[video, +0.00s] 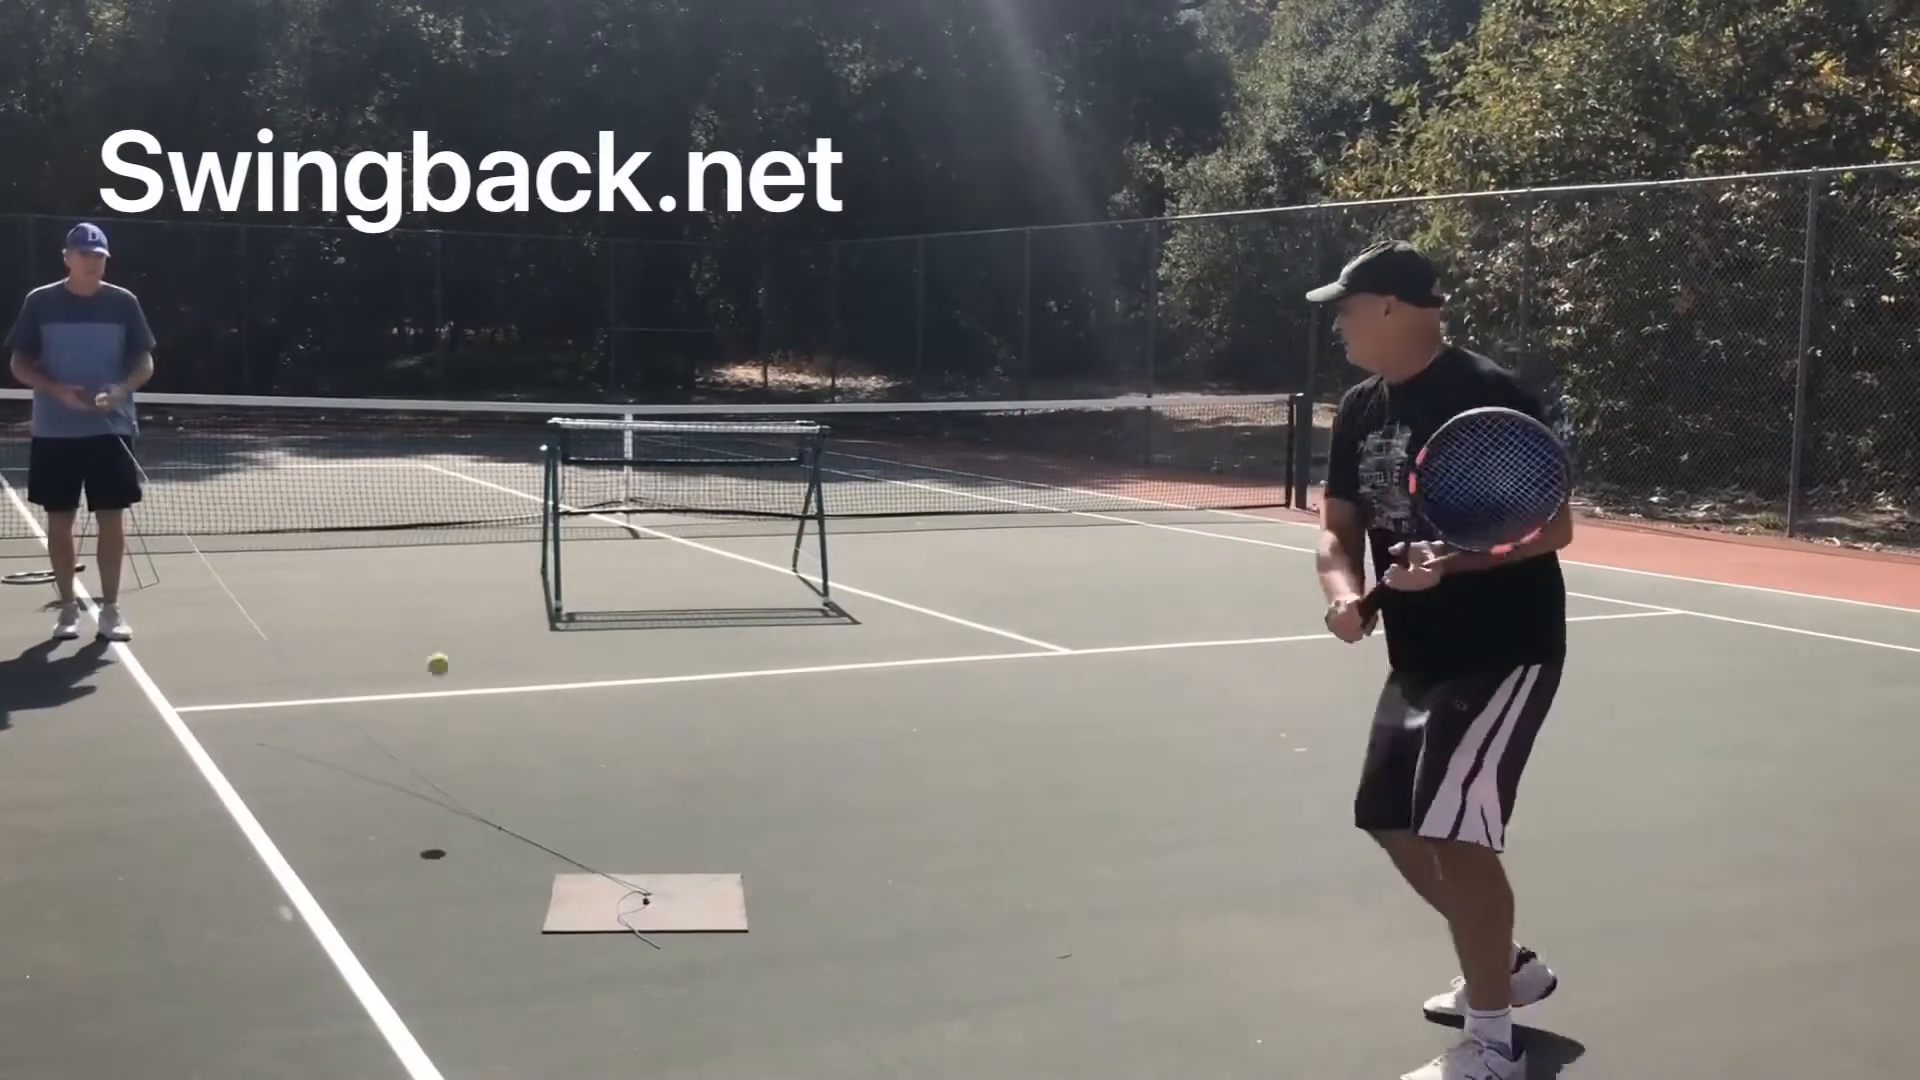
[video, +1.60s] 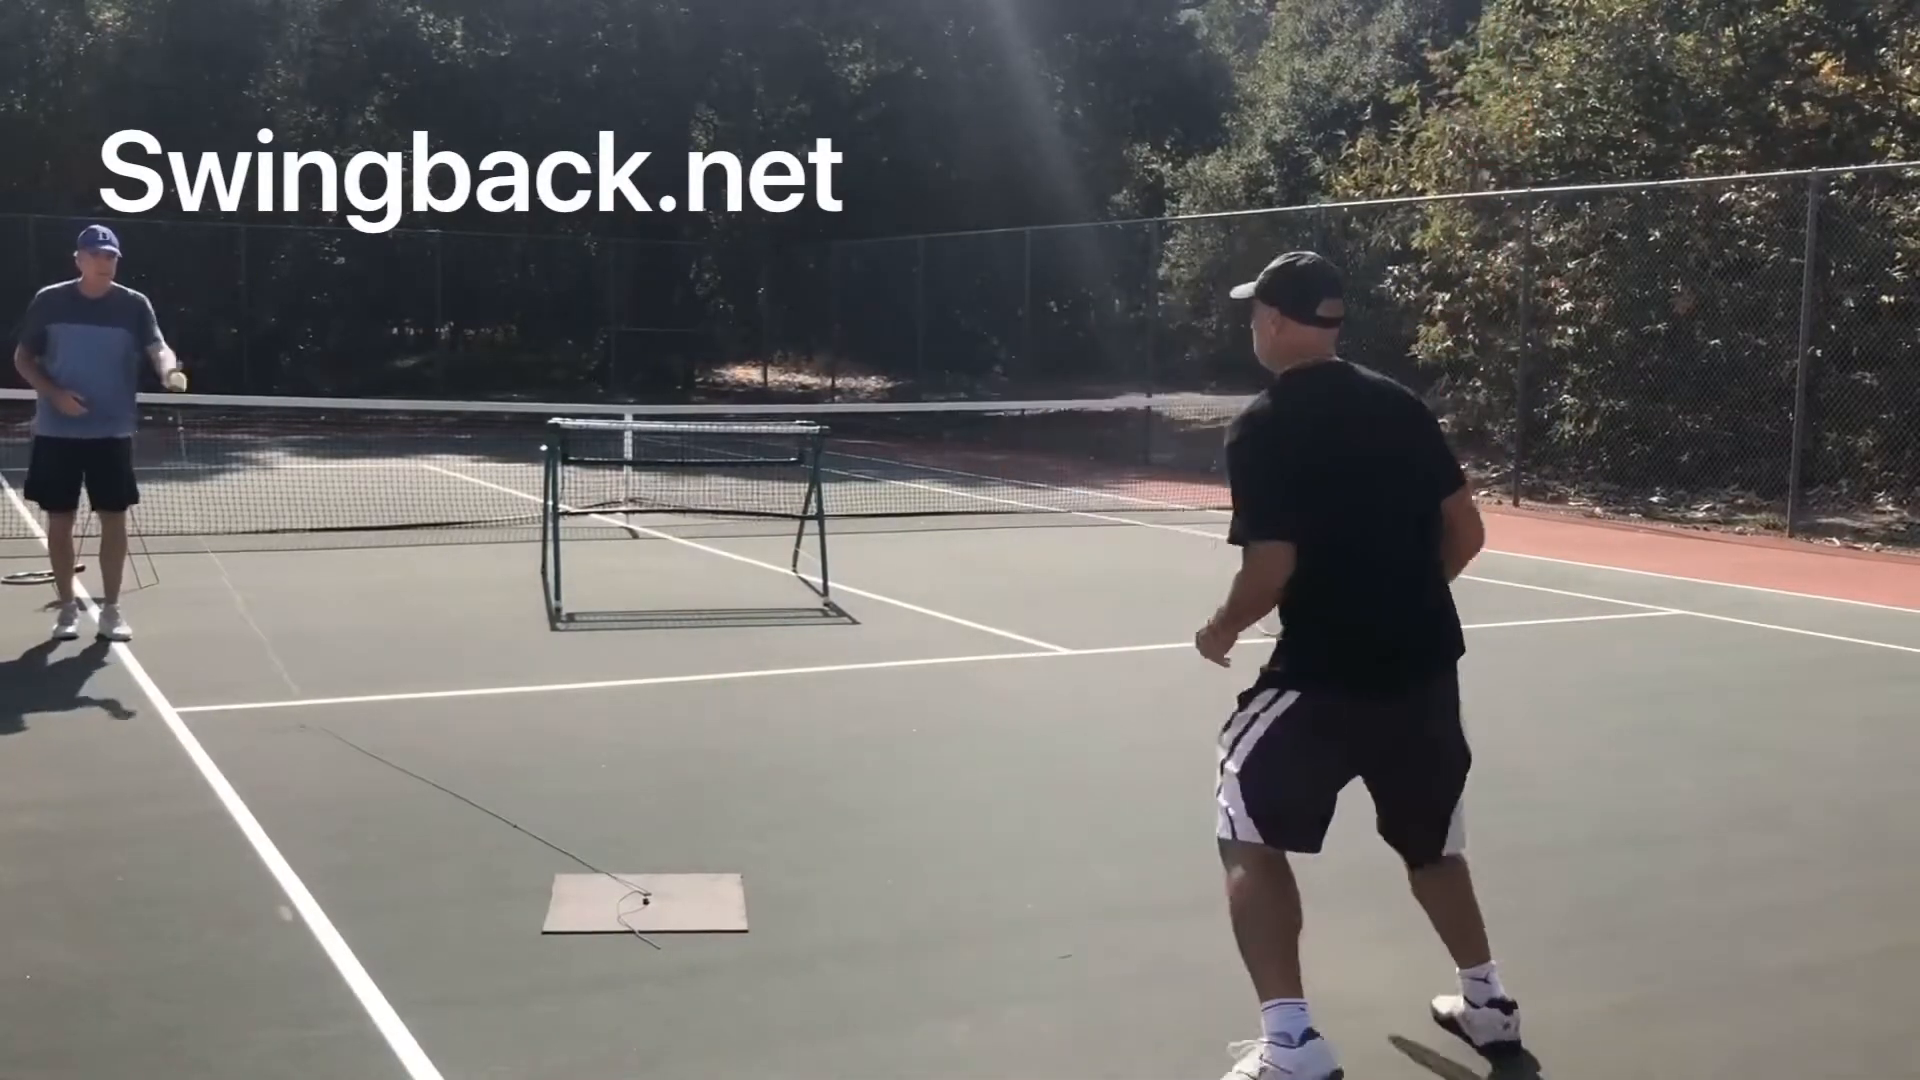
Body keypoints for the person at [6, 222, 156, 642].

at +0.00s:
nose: (91, 264)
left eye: (98, 257)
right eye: (84, 256)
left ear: (106, 260)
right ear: (67, 256)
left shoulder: (124, 302)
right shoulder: (40, 301)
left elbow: (145, 363)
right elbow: (19, 364)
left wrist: (121, 389)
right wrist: (58, 390)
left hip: (109, 433)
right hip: (55, 436)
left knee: (111, 519)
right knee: (60, 520)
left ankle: (111, 609)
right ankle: (69, 606)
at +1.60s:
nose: (103, 263)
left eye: (109, 256)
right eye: (95, 256)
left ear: (117, 260)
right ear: (79, 258)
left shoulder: (135, 304)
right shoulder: (49, 301)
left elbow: (158, 348)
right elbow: (23, 357)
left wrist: (169, 369)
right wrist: (54, 393)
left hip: (112, 435)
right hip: (58, 435)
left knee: (114, 520)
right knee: (60, 520)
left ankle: (110, 609)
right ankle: (68, 607)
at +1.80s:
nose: (108, 248)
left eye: (115, 241)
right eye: (101, 240)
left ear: (123, 249)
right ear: (84, 247)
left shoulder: (135, 288)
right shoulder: (55, 292)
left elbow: (154, 305)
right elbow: (29, 351)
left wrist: (168, 304)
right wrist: (55, 384)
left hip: (113, 423)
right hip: (60, 424)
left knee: (115, 513)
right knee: (60, 513)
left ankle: (113, 608)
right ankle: (65, 605)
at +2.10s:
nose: (108, 256)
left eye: (114, 249)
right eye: (101, 248)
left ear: (122, 256)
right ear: (83, 253)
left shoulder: (134, 297)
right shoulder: (52, 296)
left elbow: (149, 332)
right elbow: (24, 353)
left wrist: (132, 339)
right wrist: (47, 387)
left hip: (112, 430)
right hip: (56, 429)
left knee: (115, 519)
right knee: (48, 516)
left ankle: (112, 610)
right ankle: (34, 608)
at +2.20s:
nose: (103, 260)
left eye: (109, 253)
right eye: (96, 252)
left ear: (115, 258)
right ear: (76, 255)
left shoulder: (130, 301)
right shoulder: (45, 297)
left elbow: (144, 346)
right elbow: (18, 354)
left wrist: (134, 370)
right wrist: (42, 389)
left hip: (107, 432)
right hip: (51, 431)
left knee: (113, 519)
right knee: (40, 517)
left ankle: (112, 609)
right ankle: (19, 609)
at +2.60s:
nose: (60, 266)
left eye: (64, 260)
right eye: (52, 258)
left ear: (70, 262)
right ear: (30, 257)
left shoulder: (81, 302)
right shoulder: (5, 298)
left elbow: (91, 354)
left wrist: (97, 410)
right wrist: (2, 401)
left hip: (68, 435)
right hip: (13, 436)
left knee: (87, 516)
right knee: (9, 524)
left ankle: (106, 607)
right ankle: (9, 615)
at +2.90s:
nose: (39, 266)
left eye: (44, 259)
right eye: (31, 258)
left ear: (49, 261)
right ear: (10, 258)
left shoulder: (54, 298)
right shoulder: (2, 297)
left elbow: (57, 354)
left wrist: (62, 409)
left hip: (44, 431)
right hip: (7, 433)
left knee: (50, 512)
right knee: (6, 518)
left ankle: (43, 604)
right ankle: (8, 611)